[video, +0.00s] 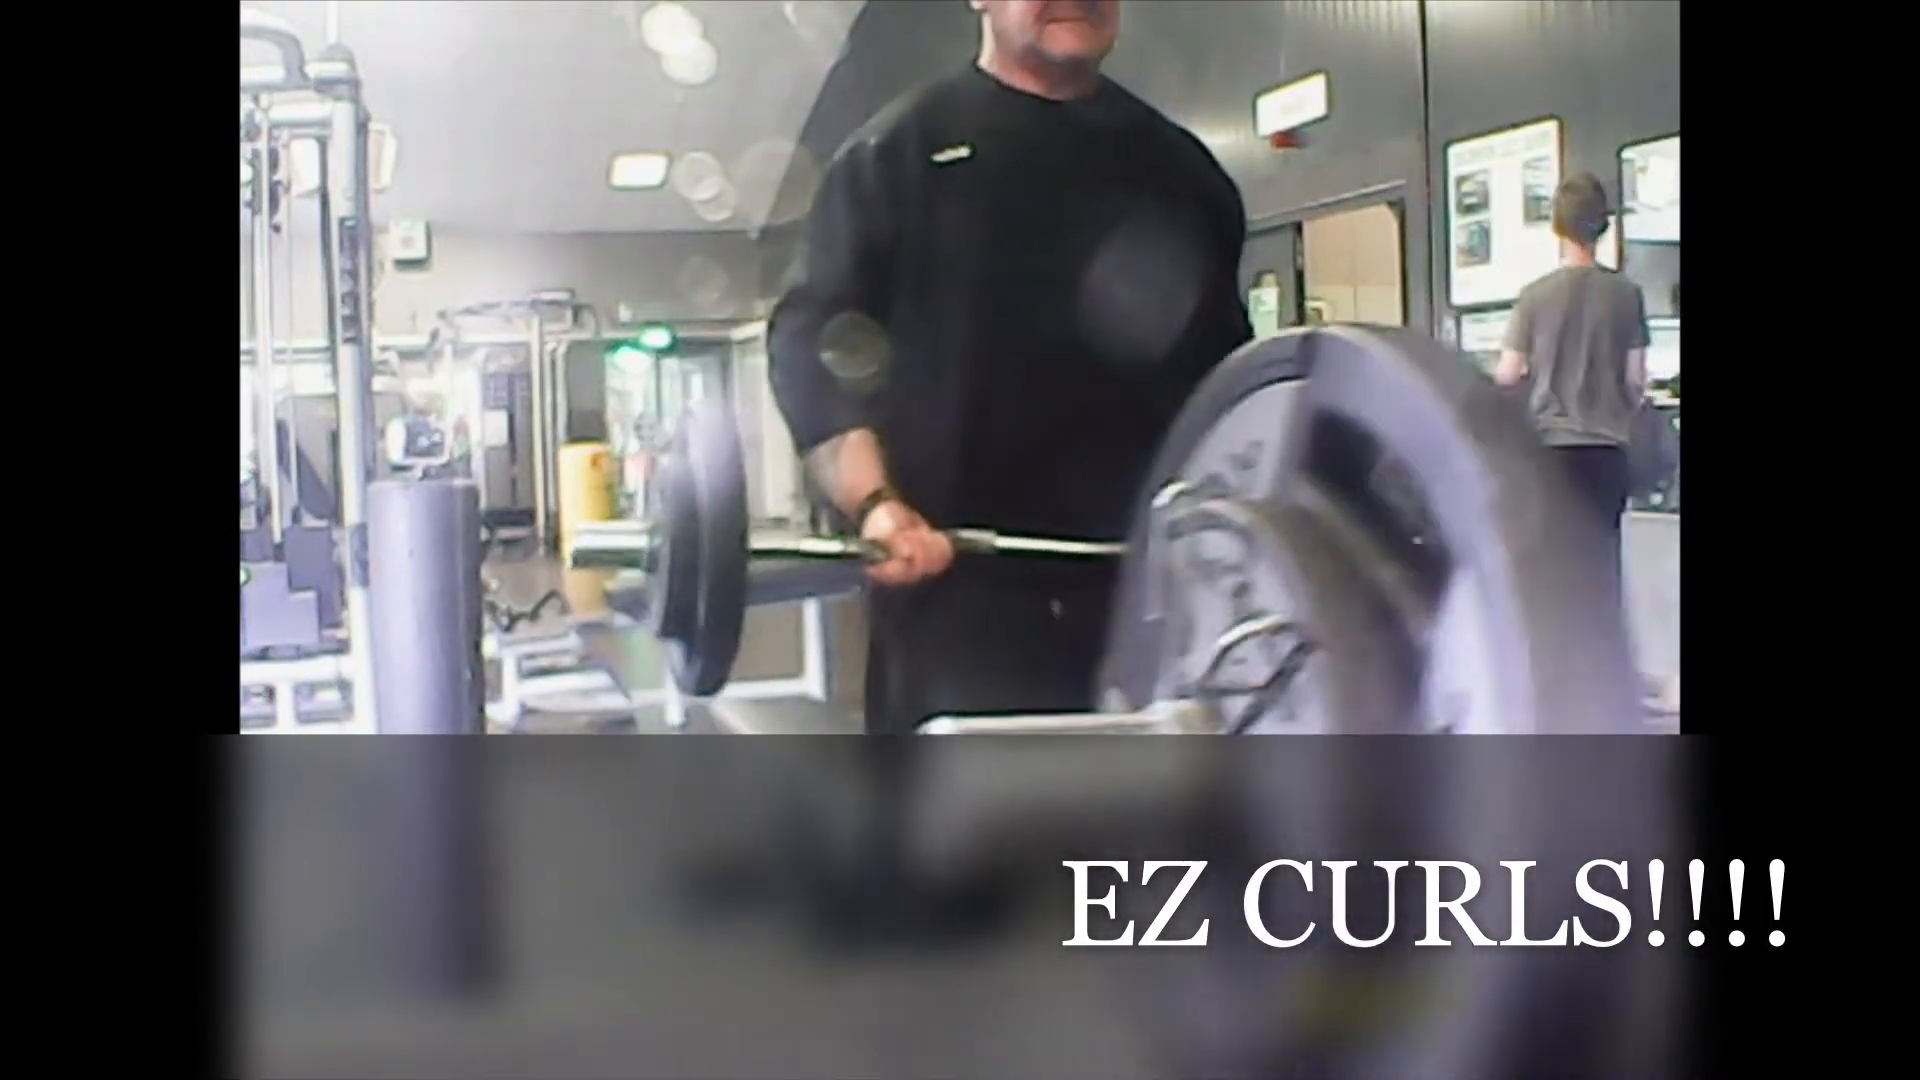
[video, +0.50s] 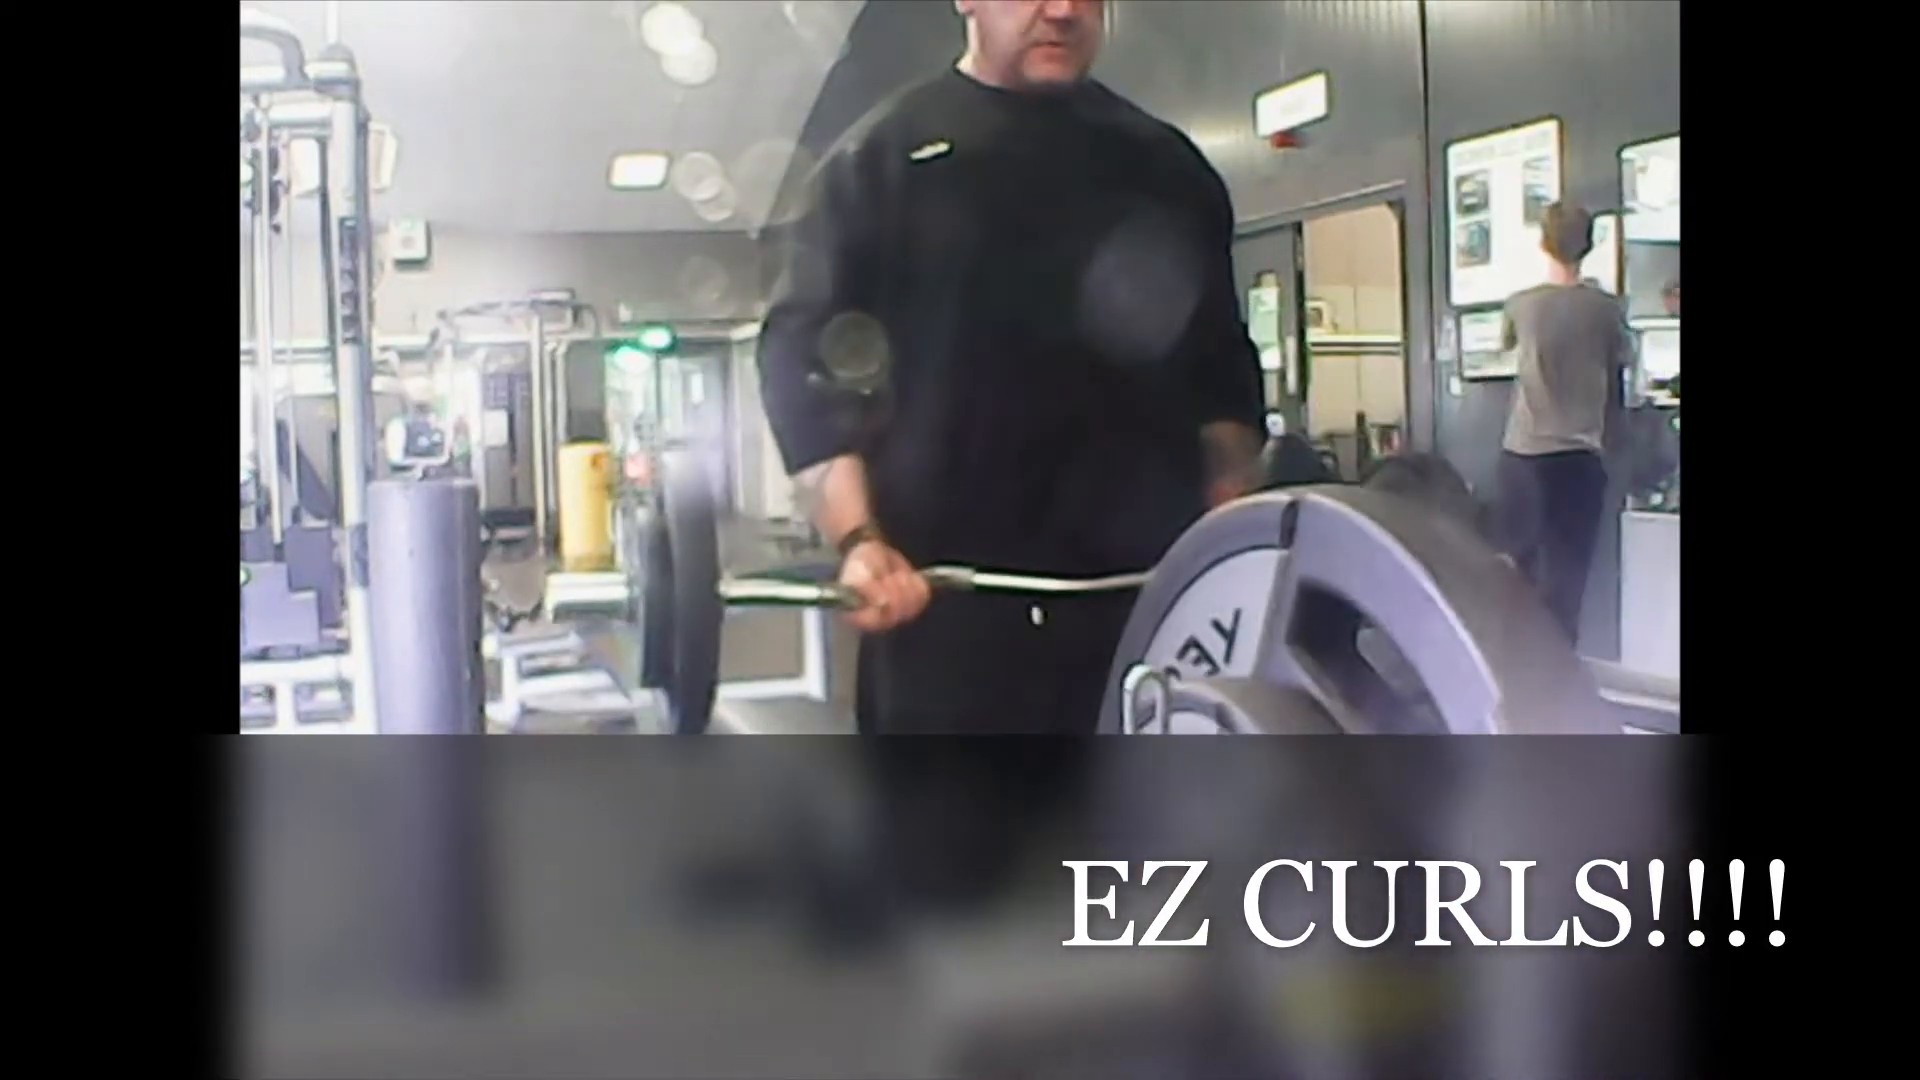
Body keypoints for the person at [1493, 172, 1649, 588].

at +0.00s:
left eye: (1555, 218)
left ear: (1556, 227)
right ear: (1603, 227)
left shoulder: (1535, 295)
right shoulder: (1626, 293)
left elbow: (1509, 373)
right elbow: (1636, 379)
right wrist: (1624, 414)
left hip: (1550, 454)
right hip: (1608, 454)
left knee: (1552, 579)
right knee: (1602, 579)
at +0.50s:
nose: (1542, 245)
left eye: (1543, 239)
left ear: (1544, 245)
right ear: (1588, 246)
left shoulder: (1521, 305)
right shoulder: (1607, 308)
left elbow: (1506, 343)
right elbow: (1622, 363)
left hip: (1524, 452)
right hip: (1582, 453)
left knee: (1519, 560)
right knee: (1569, 569)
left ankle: (1518, 655)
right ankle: (1557, 660)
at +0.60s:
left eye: (1547, 236)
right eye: (1574, 238)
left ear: (1542, 242)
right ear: (1585, 244)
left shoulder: (1522, 300)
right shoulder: (1602, 299)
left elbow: (1515, 326)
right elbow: (1624, 337)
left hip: (1521, 449)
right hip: (1579, 450)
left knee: (1519, 551)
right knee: (1570, 559)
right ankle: (1561, 647)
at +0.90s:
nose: (1527, 244)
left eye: (1526, 239)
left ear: (1525, 247)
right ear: (1566, 246)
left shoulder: (1507, 304)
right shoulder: (1582, 299)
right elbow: (1608, 307)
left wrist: (1561, 283)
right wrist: (1591, 282)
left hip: (1518, 445)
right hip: (1571, 445)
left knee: (1518, 547)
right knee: (1568, 557)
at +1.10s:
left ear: (1508, 251)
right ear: (1550, 247)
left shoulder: (1494, 307)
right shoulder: (1571, 300)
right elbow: (1606, 304)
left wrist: (1547, 288)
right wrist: (1588, 279)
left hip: (1513, 450)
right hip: (1569, 447)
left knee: (1518, 560)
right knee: (1564, 564)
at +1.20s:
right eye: (1536, 245)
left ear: (1497, 253)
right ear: (1539, 252)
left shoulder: (1484, 310)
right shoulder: (1560, 300)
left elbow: (1515, 308)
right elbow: (1609, 306)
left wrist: (1536, 282)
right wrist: (1588, 276)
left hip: (1504, 450)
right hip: (1560, 448)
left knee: (1503, 561)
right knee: (1558, 564)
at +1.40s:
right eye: (1524, 244)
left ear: (1487, 252)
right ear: (1529, 249)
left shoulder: (1476, 311)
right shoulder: (1550, 301)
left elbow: (1508, 307)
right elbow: (1611, 302)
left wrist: (1533, 286)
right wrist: (1586, 271)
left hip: (1497, 447)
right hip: (1551, 444)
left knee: (1498, 554)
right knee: (1552, 554)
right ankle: (1551, 643)